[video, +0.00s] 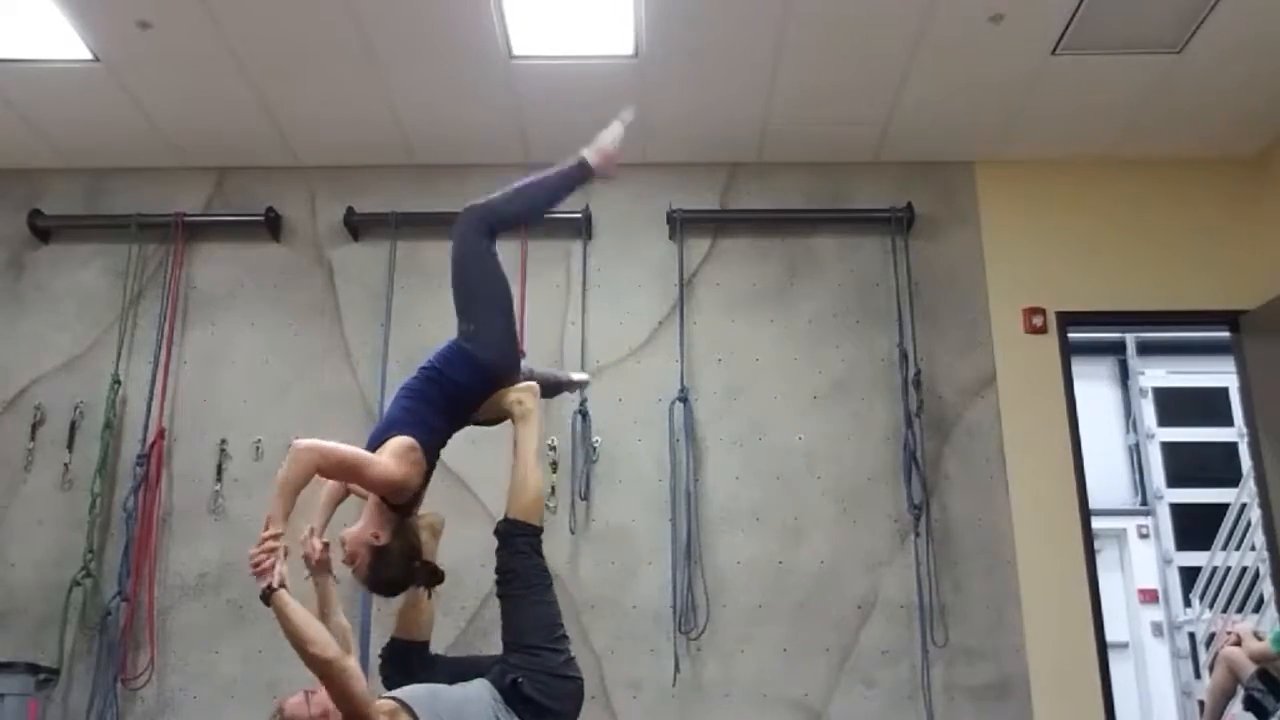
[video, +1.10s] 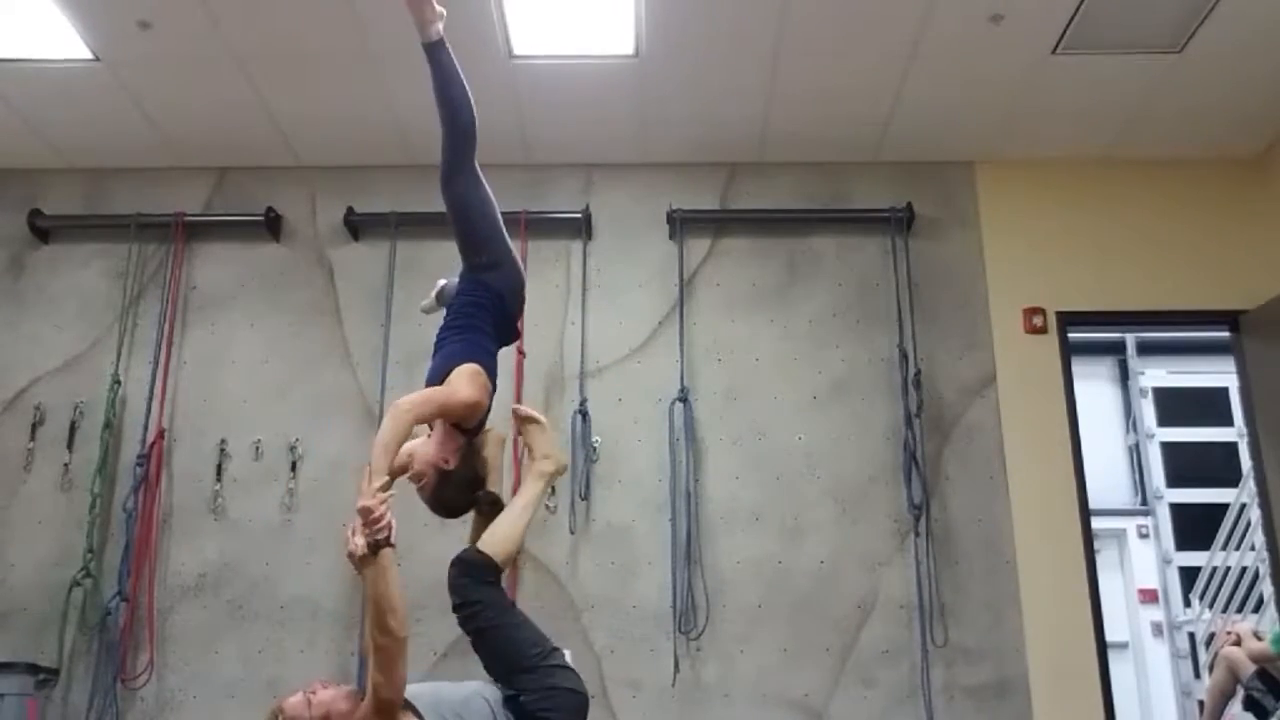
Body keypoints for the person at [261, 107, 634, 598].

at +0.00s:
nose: (349, 552)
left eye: (349, 560)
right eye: (359, 555)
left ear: (375, 529)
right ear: (381, 538)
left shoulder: (395, 484)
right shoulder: (393, 480)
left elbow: (339, 470)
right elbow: (303, 453)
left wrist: (314, 533)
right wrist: (273, 530)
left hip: (490, 379)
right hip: (487, 355)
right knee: (476, 222)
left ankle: (555, 382)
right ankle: (588, 165)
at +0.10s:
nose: (353, 555)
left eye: (356, 566)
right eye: (363, 558)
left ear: (384, 535)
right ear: (383, 538)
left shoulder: (394, 488)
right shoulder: (393, 482)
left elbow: (337, 468)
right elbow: (312, 446)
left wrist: (312, 529)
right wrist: (289, 518)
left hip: (490, 371)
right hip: (483, 358)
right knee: (461, 219)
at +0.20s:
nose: (356, 561)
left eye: (362, 566)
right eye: (366, 565)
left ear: (384, 545)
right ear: (388, 547)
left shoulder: (403, 496)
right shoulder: (400, 489)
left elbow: (345, 467)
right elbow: (324, 448)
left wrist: (317, 527)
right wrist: (302, 522)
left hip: (490, 383)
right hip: (482, 365)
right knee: (445, 235)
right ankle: (439, 92)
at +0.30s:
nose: (367, 567)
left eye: (370, 574)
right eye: (375, 572)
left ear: (387, 554)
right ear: (400, 554)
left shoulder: (411, 497)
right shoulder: (406, 493)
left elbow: (364, 465)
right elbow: (336, 443)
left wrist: (338, 527)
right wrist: (317, 515)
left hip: (482, 375)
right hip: (474, 360)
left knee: (415, 244)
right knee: (413, 243)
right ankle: (359, 110)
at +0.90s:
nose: (399, 491)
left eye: (399, 500)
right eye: (406, 494)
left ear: (423, 483)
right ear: (428, 482)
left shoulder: (441, 448)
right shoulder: (441, 426)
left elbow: (367, 461)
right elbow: (371, 412)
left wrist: (358, 514)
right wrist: (362, 484)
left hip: (489, 329)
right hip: (484, 304)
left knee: (429, 185)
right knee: (426, 178)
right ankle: (377, 53)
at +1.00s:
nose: (405, 483)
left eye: (407, 490)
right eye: (413, 486)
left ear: (431, 472)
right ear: (435, 471)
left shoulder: (459, 434)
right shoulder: (449, 414)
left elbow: (393, 465)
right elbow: (377, 410)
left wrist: (366, 505)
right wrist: (360, 488)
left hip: (499, 325)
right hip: (491, 298)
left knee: (444, 176)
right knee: (442, 167)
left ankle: (406, 47)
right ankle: (402, 45)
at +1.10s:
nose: (414, 469)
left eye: (416, 478)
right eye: (426, 472)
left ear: (442, 453)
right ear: (450, 457)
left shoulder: (455, 420)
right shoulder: (464, 402)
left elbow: (394, 459)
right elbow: (400, 413)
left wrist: (368, 510)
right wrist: (373, 487)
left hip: (502, 314)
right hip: (496, 284)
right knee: (460, 164)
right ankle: (431, 29)